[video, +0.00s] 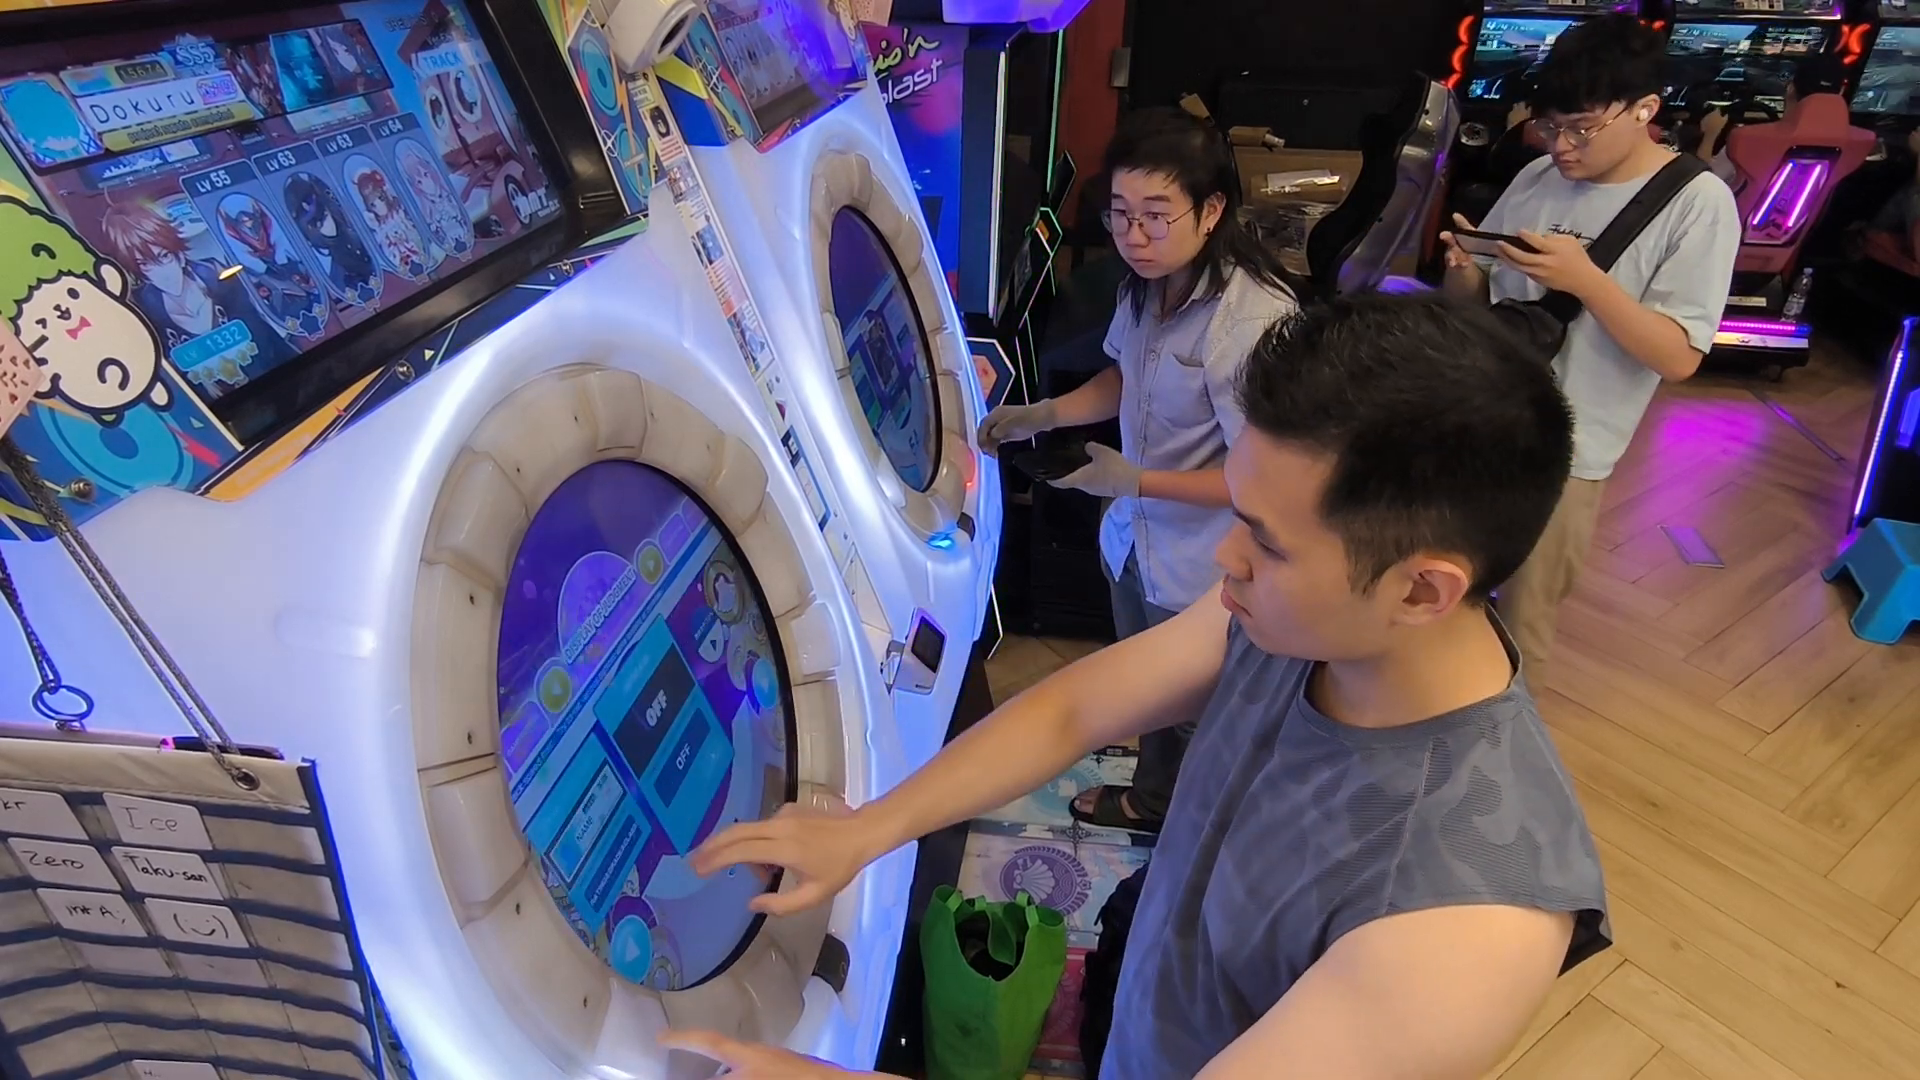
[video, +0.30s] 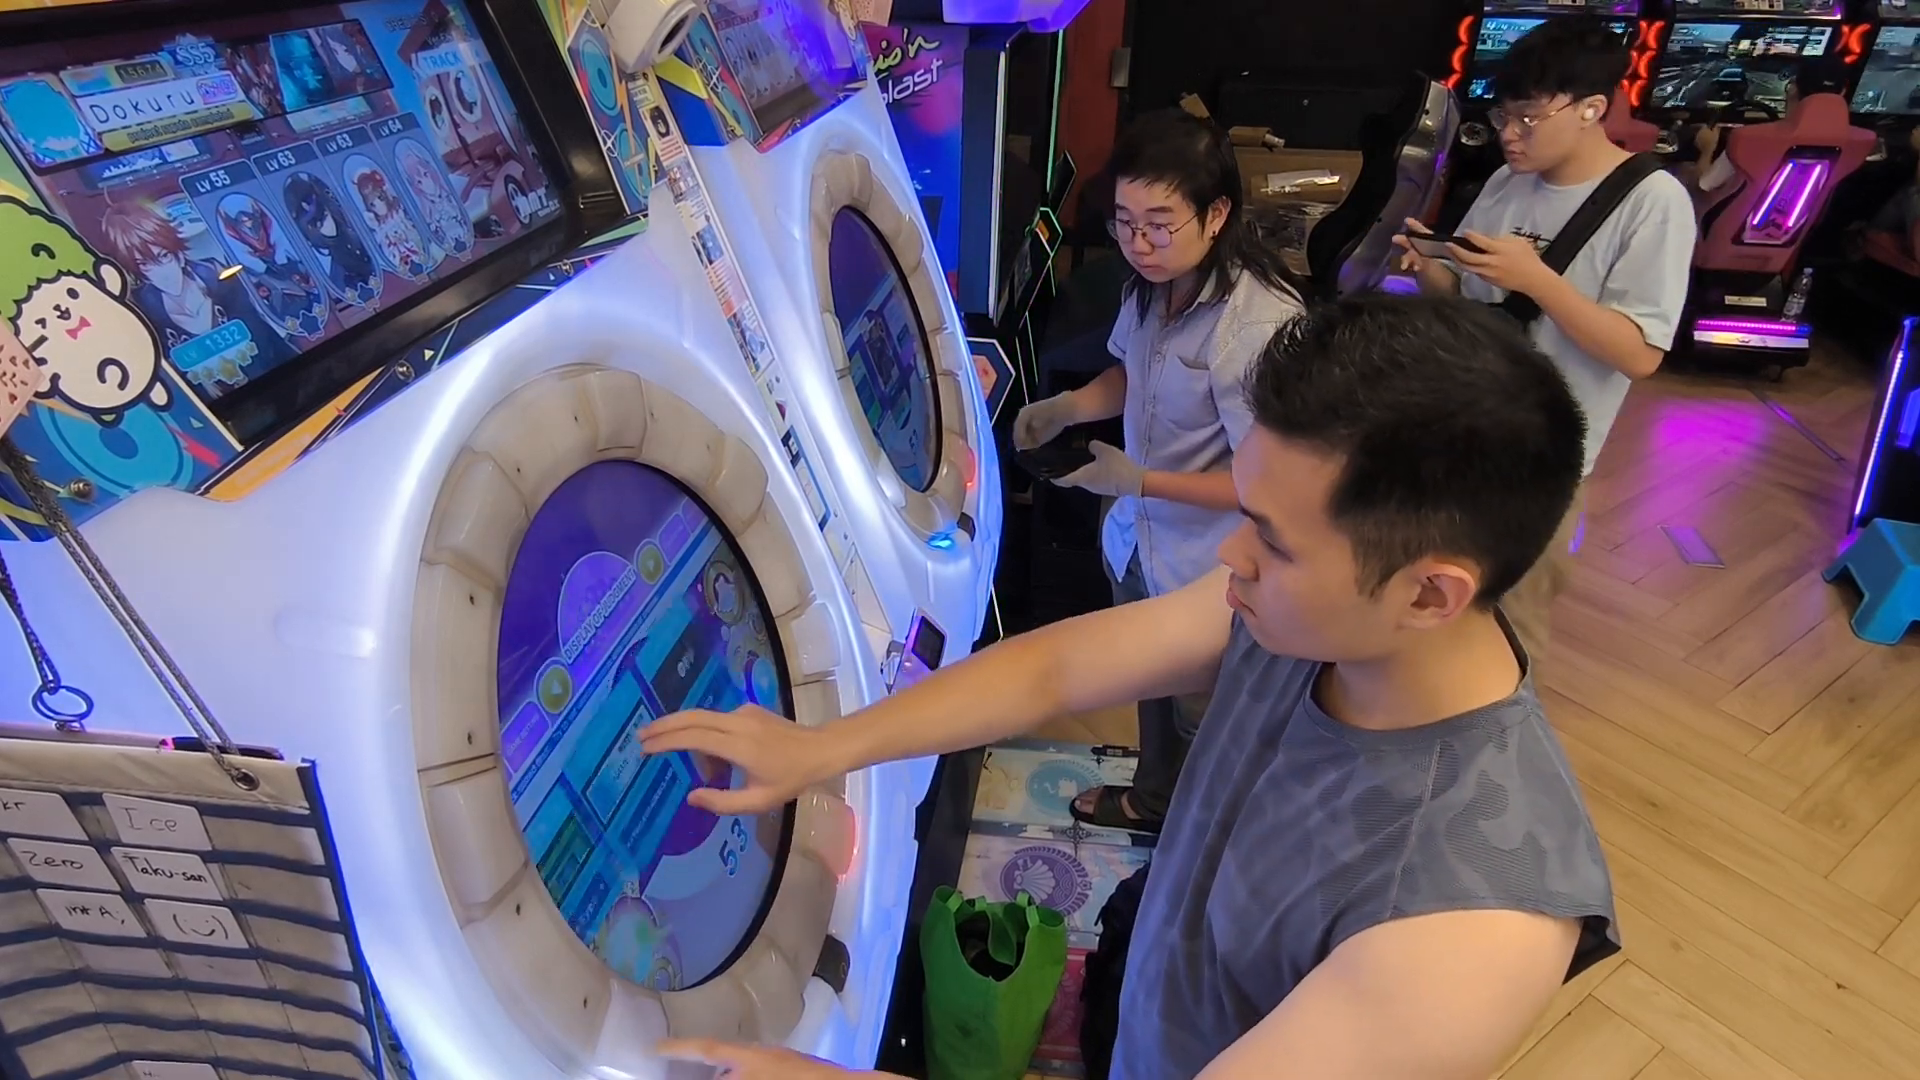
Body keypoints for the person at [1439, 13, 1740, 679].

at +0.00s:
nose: (1558, 146)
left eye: (1579, 128)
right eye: (1551, 125)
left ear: (1645, 110)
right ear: (1543, 109)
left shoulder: (1700, 201)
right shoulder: (1539, 176)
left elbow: (1679, 357)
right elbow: (1470, 304)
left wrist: (1587, 282)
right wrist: (1462, 268)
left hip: (1566, 463)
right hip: (1474, 424)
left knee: (1516, 625)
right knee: (1427, 597)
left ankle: (1489, 756)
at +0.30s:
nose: (1508, 135)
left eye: (1527, 118)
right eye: (1503, 117)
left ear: (1593, 111)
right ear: (1498, 107)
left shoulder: (1656, 202)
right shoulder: (1508, 179)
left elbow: (1642, 354)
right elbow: (1460, 299)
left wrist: (1536, 280)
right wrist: (1429, 267)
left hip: (1544, 464)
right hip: (1451, 424)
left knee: (1505, 618)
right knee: (1421, 606)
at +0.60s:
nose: (1418, 122)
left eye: (1438, 105)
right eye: (1414, 104)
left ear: (1497, 101)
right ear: (1406, 100)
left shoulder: (1564, 188)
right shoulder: (1426, 177)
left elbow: (1559, 335)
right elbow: (1391, 291)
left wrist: (1451, 270)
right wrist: (1358, 266)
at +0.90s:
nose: (1384, 118)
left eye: (1404, 102)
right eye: (1378, 101)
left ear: (1459, 98)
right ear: (1370, 99)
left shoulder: (1522, 180)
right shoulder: (1382, 169)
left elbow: (1527, 322)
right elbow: (1346, 281)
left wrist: (1421, 270)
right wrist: (1318, 260)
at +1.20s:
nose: (1388, 119)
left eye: (1410, 102)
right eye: (1380, 101)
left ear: (1464, 98)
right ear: (1372, 98)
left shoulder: (1521, 181)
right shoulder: (1377, 167)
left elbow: (1522, 327)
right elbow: (1332, 291)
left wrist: (1423, 268)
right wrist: (1320, 259)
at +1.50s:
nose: (1411, 118)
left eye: (1432, 102)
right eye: (1402, 100)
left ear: (1488, 98)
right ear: (1393, 97)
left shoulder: (1543, 184)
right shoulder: (1404, 168)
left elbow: (1541, 331)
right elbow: (1362, 282)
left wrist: (1439, 273)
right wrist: (1337, 256)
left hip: (1458, 411)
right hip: (1367, 383)